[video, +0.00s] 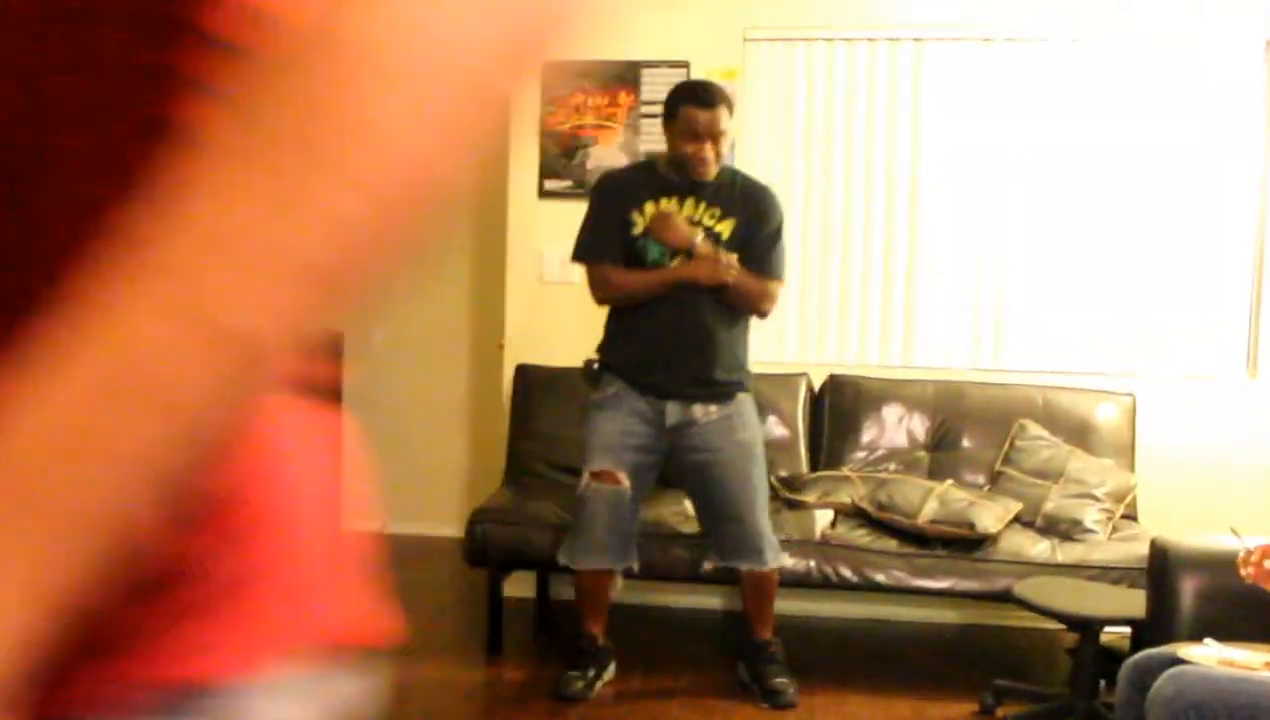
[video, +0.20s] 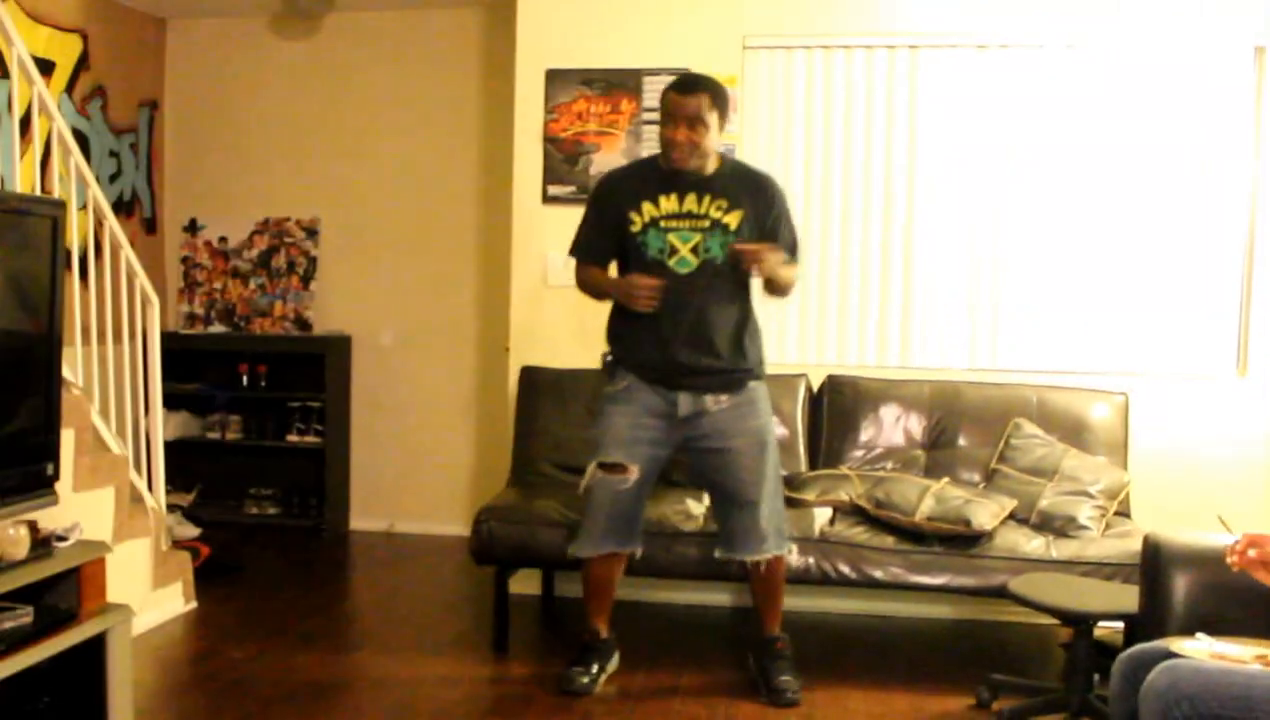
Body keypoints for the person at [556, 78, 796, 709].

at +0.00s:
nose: (705, 149)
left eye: (715, 136)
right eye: (692, 136)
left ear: (729, 134)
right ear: (667, 132)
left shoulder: (755, 203)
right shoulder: (621, 188)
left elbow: (763, 299)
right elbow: (603, 286)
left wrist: (692, 245)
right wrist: (693, 272)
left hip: (720, 397)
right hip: (627, 391)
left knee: (755, 535)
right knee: (600, 506)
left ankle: (763, 649)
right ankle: (591, 650)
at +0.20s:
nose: (681, 134)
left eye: (694, 123)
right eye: (671, 122)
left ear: (720, 126)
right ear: (659, 124)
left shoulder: (757, 192)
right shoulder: (620, 189)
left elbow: (784, 284)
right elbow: (585, 272)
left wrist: (771, 265)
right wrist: (616, 287)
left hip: (731, 385)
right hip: (638, 384)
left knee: (763, 521)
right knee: (607, 505)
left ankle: (772, 647)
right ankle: (596, 643)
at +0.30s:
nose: (683, 129)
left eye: (696, 118)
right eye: (673, 118)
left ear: (724, 123)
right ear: (662, 124)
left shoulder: (767, 187)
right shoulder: (630, 192)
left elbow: (799, 267)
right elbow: (590, 267)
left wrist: (818, 255)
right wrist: (585, 271)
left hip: (744, 385)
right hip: (653, 382)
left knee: (772, 523)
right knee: (619, 503)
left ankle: (776, 648)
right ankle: (600, 640)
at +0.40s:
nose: (686, 138)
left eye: (701, 126)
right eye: (678, 126)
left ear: (731, 133)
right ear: (669, 134)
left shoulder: (777, 203)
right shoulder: (639, 208)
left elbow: (817, 290)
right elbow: (612, 294)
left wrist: (843, 255)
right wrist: (581, 268)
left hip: (757, 399)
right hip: (664, 396)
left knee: (782, 534)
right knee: (625, 506)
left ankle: (776, 648)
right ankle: (603, 641)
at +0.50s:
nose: (692, 132)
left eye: (706, 121)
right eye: (683, 121)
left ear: (735, 129)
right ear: (671, 129)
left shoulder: (781, 196)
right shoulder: (643, 201)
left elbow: (798, 294)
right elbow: (645, 299)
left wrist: (822, 257)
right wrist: (609, 270)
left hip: (758, 393)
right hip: (665, 389)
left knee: (783, 531)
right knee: (624, 504)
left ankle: (774, 646)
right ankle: (599, 635)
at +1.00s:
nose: (680, 112)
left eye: (694, 102)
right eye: (670, 102)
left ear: (723, 111)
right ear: (659, 113)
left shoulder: (763, 181)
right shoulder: (625, 183)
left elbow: (792, 271)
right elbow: (593, 278)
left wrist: (801, 254)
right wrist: (602, 241)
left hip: (741, 382)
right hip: (648, 380)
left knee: (768, 524)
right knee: (614, 502)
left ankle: (776, 650)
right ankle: (597, 641)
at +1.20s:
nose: (707, 131)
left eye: (719, 119)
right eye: (694, 120)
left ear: (742, 125)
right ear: (680, 129)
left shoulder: (787, 201)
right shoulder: (647, 204)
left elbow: (808, 307)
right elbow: (644, 309)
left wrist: (823, 263)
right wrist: (624, 280)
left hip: (764, 401)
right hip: (668, 396)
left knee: (795, 542)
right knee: (628, 509)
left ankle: (781, 652)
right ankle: (603, 638)